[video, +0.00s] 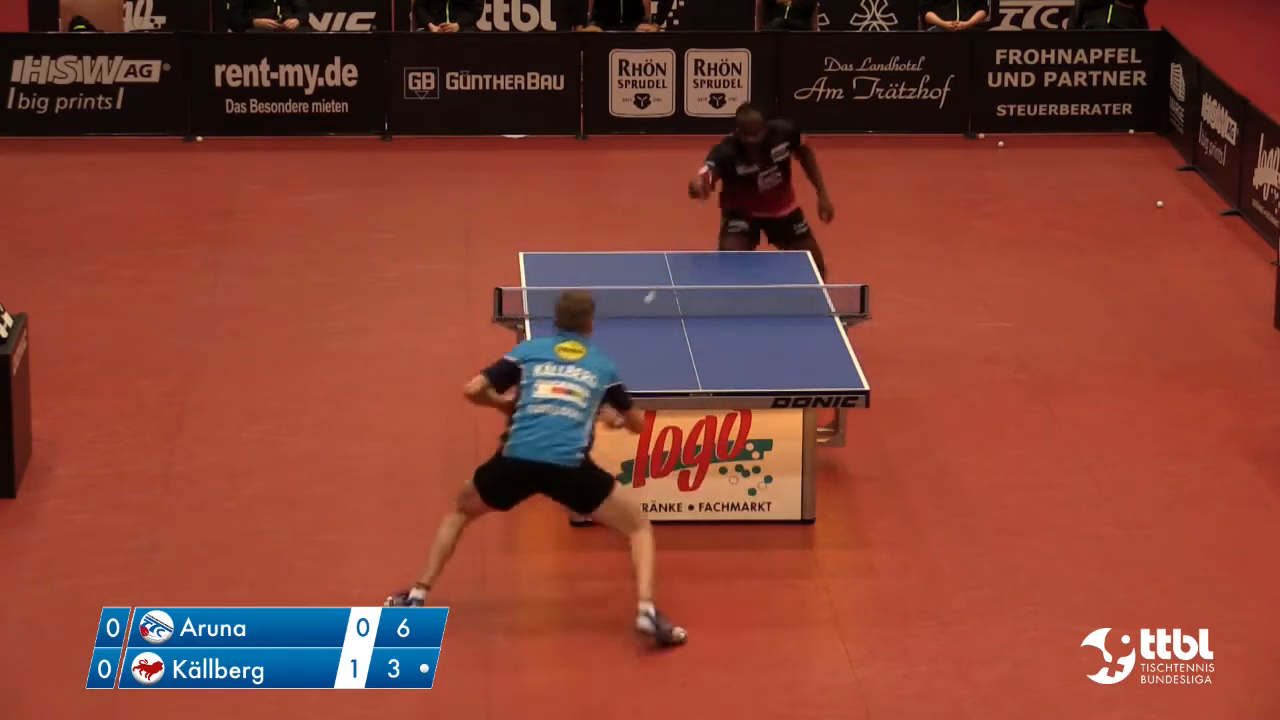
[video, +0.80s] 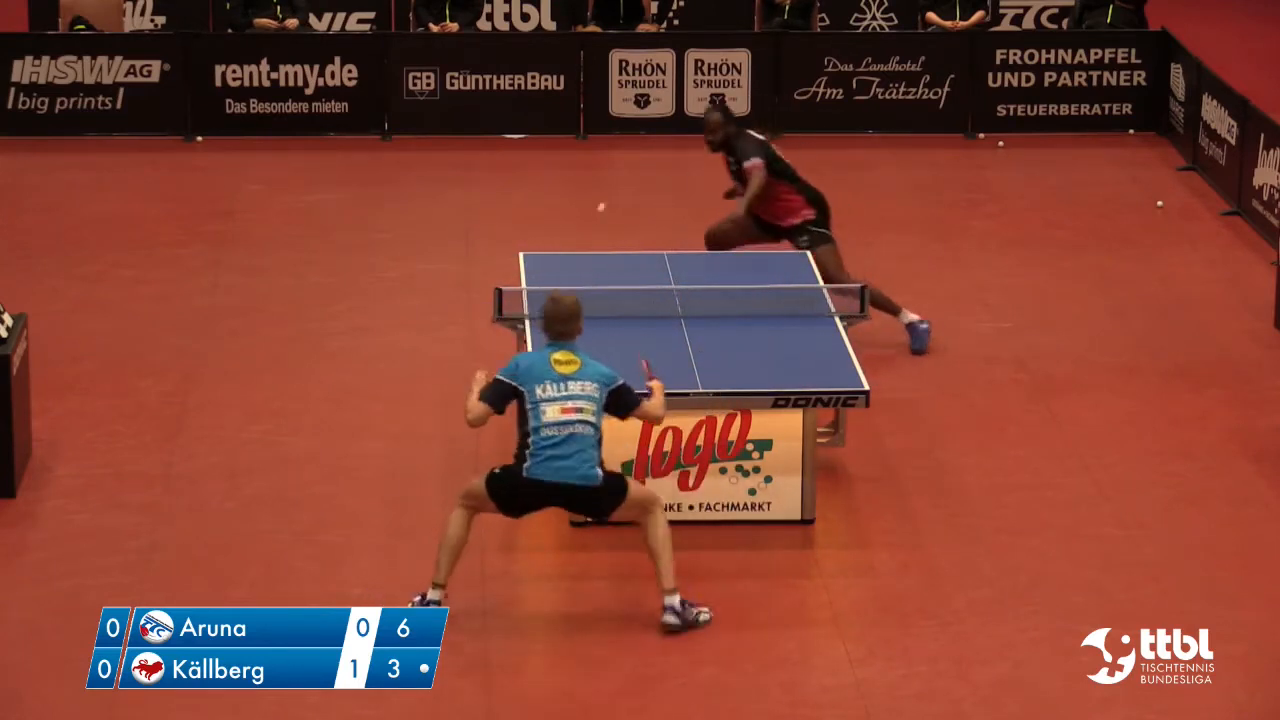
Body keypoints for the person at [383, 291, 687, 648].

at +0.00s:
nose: (588, 323)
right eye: (589, 319)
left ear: (555, 322)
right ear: (589, 326)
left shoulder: (528, 351)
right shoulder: (601, 365)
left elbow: (474, 389)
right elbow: (635, 422)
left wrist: (506, 405)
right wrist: (617, 419)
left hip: (516, 463)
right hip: (567, 468)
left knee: (461, 511)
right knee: (638, 528)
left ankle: (419, 591)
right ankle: (647, 611)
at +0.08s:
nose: (573, 338)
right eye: (572, 333)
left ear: (534, 334)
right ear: (568, 337)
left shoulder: (507, 360)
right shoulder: (580, 376)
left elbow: (458, 409)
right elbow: (611, 440)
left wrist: (492, 416)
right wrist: (587, 448)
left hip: (500, 469)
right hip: (551, 473)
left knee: (447, 501)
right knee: (628, 501)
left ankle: (411, 586)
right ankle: (635, 594)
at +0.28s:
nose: (542, 350)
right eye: (542, 347)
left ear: (506, 352)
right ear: (541, 352)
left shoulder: (488, 382)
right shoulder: (562, 391)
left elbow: (461, 444)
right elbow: (607, 447)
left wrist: (490, 428)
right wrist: (580, 474)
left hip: (493, 495)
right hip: (549, 496)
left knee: (430, 508)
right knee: (632, 488)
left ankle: (406, 597)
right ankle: (620, 585)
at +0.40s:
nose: (501, 352)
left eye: (502, 348)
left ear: (505, 354)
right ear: (540, 348)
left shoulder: (502, 383)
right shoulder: (573, 389)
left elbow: (457, 419)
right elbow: (590, 389)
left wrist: (479, 371)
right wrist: (568, 354)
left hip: (501, 505)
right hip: (558, 509)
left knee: (431, 507)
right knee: (632, 485)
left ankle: (408, 595)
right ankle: (619, 584)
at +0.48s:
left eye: (506, 340)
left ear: (508, 345)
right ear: (542, 340)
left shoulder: (500, 377)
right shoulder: (571, 381)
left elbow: (445, 415)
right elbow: (604, 392)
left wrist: (459, 368)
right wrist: (611, 348)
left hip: (508, 498)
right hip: (566, 501)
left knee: (433, 503)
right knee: (635, 482)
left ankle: (408, 595)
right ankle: (619, 581)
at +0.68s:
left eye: (521, 318)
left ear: (522, 322)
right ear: (559, 322)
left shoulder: (504, 358)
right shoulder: (580, 362)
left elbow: (471, 419)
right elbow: (635, 406)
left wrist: (463, 395)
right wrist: (643, 378)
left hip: (521, 473)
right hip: (576, 473)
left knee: (451, 492)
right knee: (642, 480)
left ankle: (430, 591)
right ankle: (657, 580)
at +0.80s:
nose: (575, 329)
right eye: (577, 323)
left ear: (543, 329)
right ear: (581, 329)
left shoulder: (523, 366)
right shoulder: (599, 374)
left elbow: (475, 417)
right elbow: (656, 414)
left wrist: (477, 388)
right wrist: (657, 387)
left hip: (533, 481)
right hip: (586, 484)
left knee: (467, 503)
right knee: (651, 506)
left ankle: (434, 594)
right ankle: (673, 604)